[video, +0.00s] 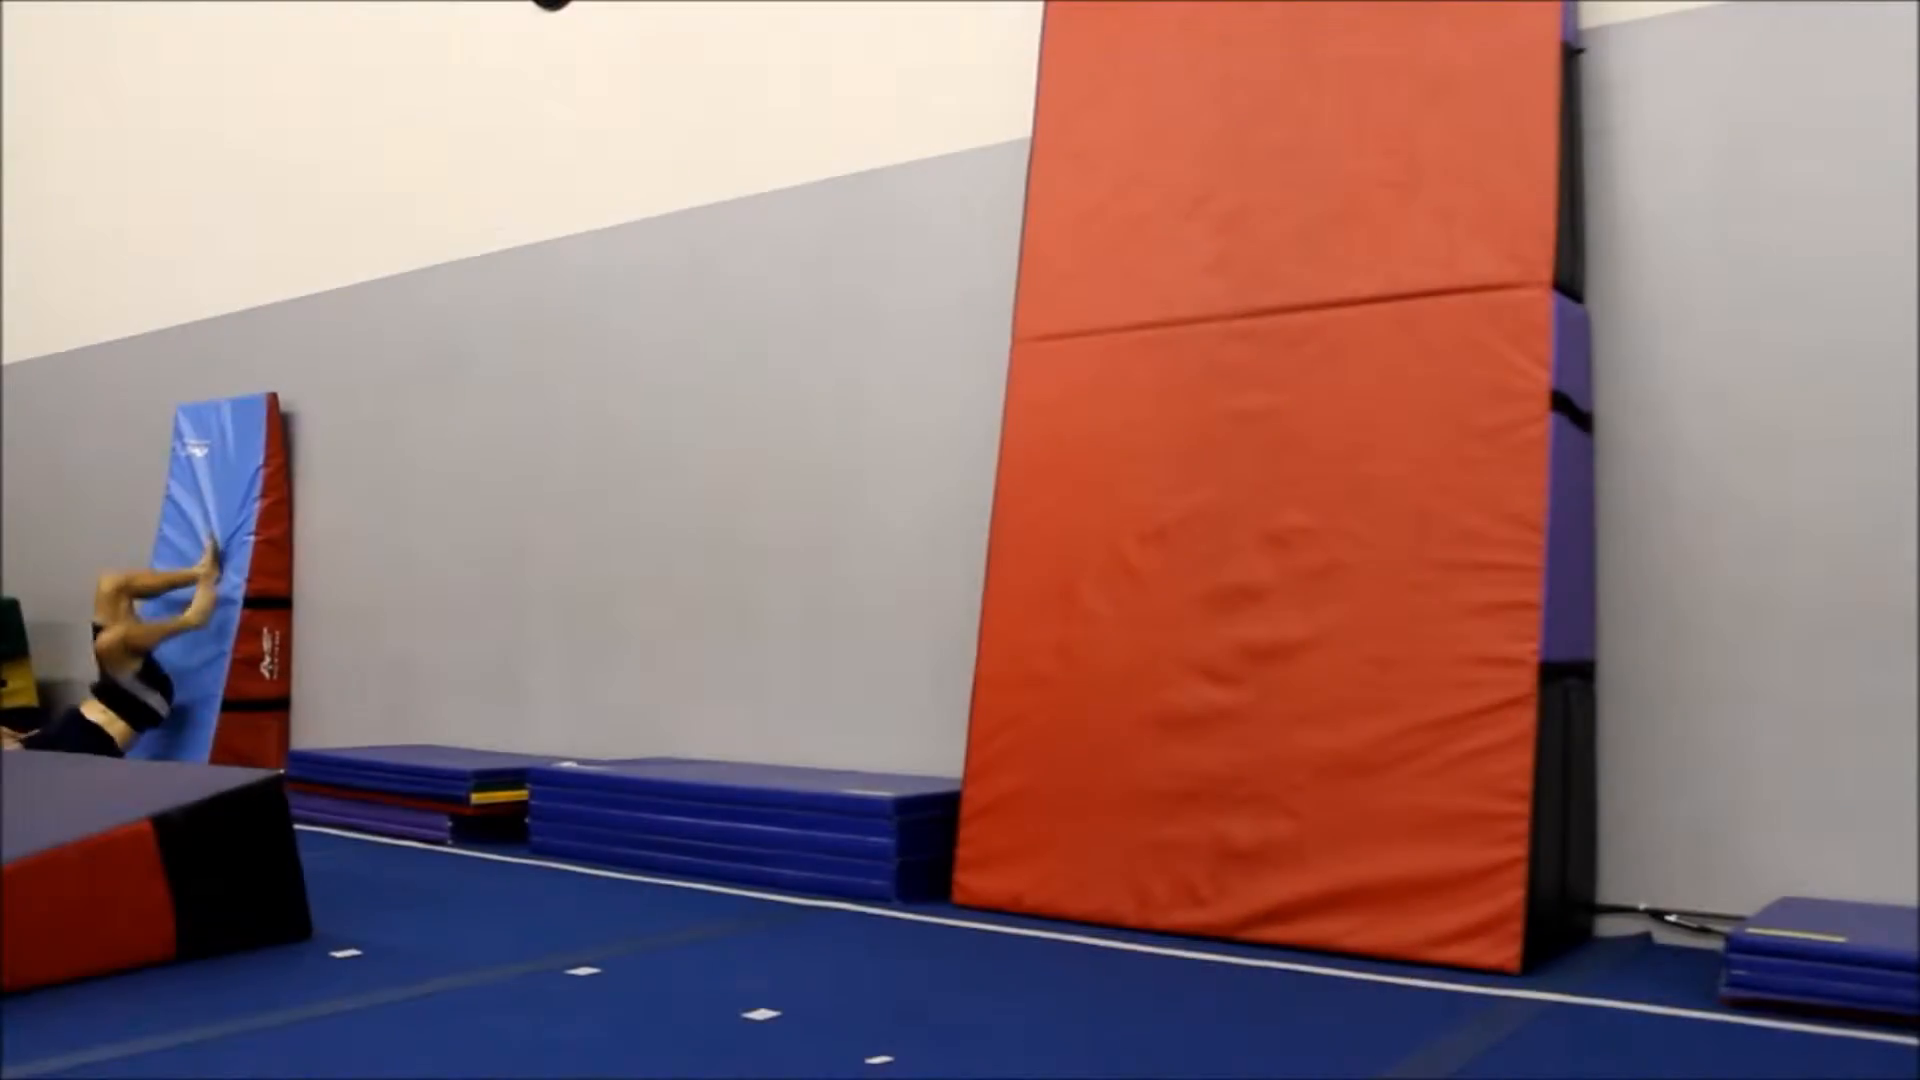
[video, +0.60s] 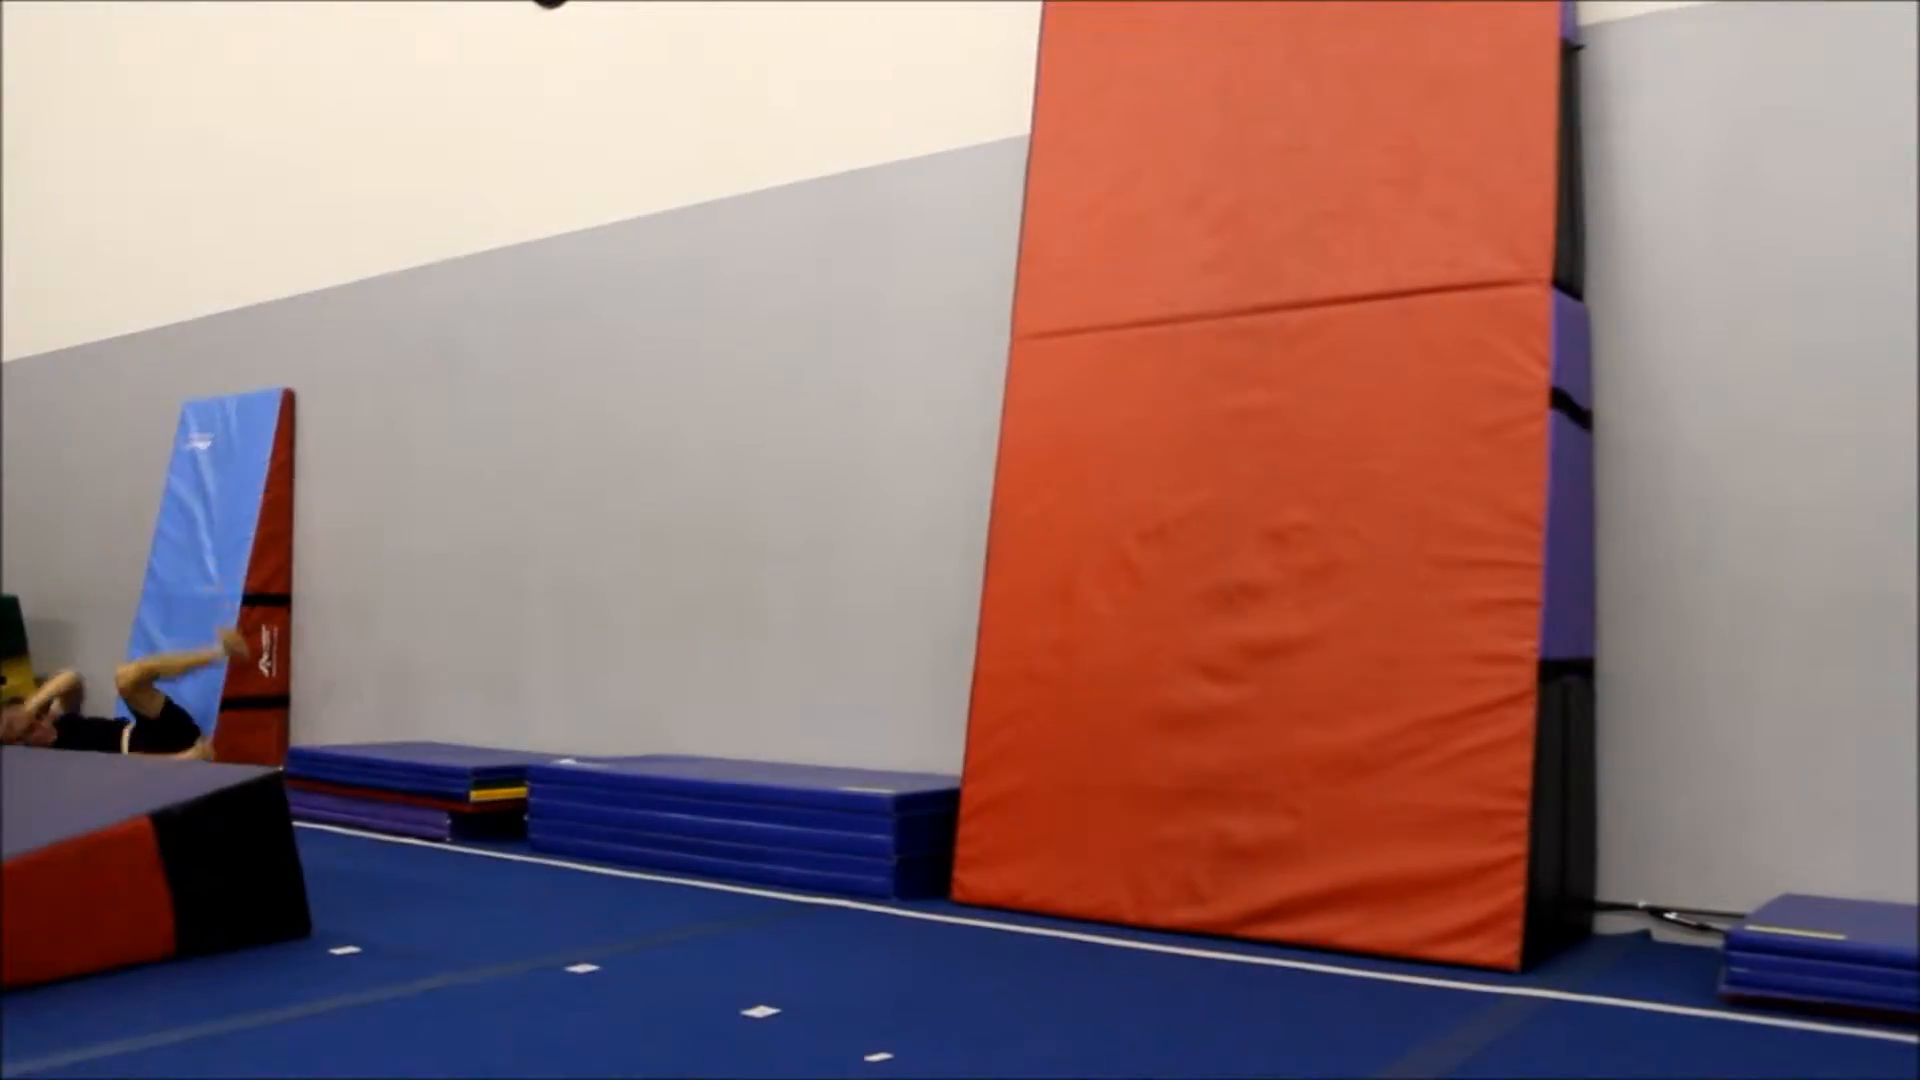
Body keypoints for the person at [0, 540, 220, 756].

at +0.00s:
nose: (10, 735)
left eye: (7, 734)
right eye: (6, 737)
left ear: (10, 736)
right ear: (5, 743)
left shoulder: (35, 744)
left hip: (108, 696)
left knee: (112, 585)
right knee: (112, 641)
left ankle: (199, 572)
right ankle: (192, 620)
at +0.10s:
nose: (21, 735)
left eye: (16, 733)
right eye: (12, 738)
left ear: (20, 734)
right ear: (11, 752)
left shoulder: (45, 744)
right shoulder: (40, 765)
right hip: (152, 727)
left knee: (115, 605)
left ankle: (200, 577)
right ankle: (182, 649)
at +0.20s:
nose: (24, 720)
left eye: (17, 719)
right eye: (17, 722)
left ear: (23, 729)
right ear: (18, 742)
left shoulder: (51, 741)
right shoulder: (52, 757)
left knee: (123, 619)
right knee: (97, 705)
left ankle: (201, 581)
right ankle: (182, 670)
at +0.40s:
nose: (36, 734)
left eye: (29, 726)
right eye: (27, 740)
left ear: (35, 722)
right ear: (29, 753)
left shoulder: (51, 729)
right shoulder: (63, 759)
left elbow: (36, 682)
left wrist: (3, 712)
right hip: (172, 753)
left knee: (138, 647)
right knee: (101, 747)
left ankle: (208, 591)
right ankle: (191, 713)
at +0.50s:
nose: (38, 733)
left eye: (33, 724)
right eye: (27, 737)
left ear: (36, 718)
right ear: (23, 750)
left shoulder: (56, 724)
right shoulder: (59, 759)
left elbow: (55, 676)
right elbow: (124, 751)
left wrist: (15, 700)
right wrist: (193, 736)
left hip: (156, 727)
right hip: (162, 757)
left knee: (130, 662)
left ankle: (215, 613)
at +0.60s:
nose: (42, 731)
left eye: (36, 721)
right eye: (29, 735)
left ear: (37, 713)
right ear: (20, 748)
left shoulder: (64, 719)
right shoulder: (44, 767)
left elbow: (71, 680)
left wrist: (32, 707)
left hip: (160, 731)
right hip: (152, 768)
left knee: (127, 678)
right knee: (205, 753)